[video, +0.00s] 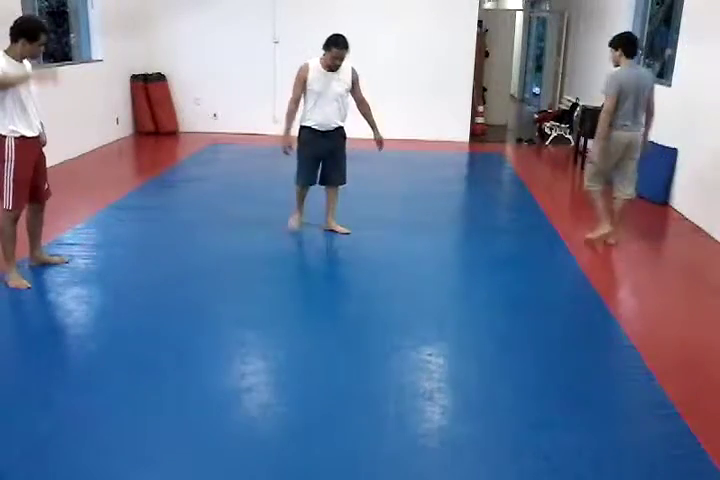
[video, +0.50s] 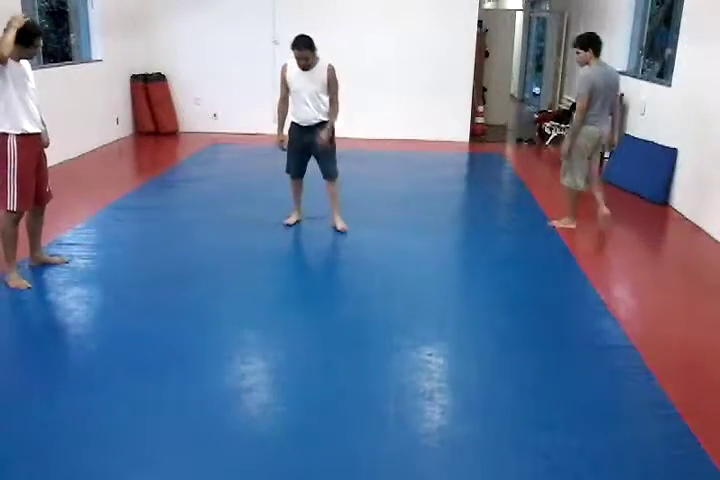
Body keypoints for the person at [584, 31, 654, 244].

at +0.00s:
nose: (611, 55)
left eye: (612, 51)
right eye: (611, 51)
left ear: (620, 52)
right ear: (632, 52)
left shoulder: (616, 77)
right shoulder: (647, 76)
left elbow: (607, 112)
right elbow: (650, 111)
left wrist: (597, 142)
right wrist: (645, 136)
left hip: (615, 134)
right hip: (636, 135)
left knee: (594, 176)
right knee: (624, 185)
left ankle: (604, 223)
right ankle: (613, 231)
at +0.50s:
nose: (576, 57)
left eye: (578, 53)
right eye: (575, 53)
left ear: (589, 52)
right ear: (593, 52)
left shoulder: (587, 75)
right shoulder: (612, 74)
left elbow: (580, 111)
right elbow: (615, 107)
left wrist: (568, 139)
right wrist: (613, 134)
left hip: (585, 129)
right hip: (602, 129)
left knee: (572, 173)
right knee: (593, 173)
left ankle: (570, 217)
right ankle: (602, 206)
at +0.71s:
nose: (567, 55)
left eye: (570, 51)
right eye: (567, 51)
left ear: (581, 50)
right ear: (584, 51)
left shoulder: (584, 71)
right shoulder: (599, 70)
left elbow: (578, 106)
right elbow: (604, 102)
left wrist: (559, 130)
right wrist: (604, 127)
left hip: (584, 125)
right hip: (595, 125)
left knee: (572, 168)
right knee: (577, 167)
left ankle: (572, 217)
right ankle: (575, 213)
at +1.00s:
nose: (567, 56)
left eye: (570, 51)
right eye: (566, 51)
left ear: (582, 51)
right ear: (569, 51)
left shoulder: (592, 71)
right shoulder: (576, 70)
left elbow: (597, 102)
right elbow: (575, 98)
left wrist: (594, 123)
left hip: (585, 122)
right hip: (573, 121)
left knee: (576, 169)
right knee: (570, 168)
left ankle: (574, 216)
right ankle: (570, 212)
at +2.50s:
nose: (574, 61)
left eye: (579, 57)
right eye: (572, 56)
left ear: (592, 57)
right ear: (570, 55)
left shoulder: (606, 82)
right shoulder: (564, 77)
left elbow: (613, 118)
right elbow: (551, 107)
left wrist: (610, 152)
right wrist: (535, 132)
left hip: (591, 144)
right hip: (564, 142)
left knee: (589, 199)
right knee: (555, 193)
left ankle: (582, 237)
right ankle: (560, 238)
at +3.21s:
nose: (582, 63)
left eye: (587, 59)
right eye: (582, 58)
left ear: (604, 62)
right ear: (595, 60)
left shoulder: (622, 92)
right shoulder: (585, 84)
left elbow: (628, 136)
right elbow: (580, 122)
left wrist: (624, 175)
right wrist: (573, 153)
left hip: (606, 160)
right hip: (578, 155)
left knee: (602, 220)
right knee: (567, 216)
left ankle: (594, 271)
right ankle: (571, 272)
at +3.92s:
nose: (564, 65)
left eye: (567, 60)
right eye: (563, 60)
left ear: (583, 60)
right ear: (580, 61)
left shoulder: (598, 95)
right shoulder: (582, 88)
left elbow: (598, 145)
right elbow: (575, 132)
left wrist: (592, 187)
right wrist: (554, 145)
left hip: (584, 168)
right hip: (571, 164)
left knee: (577, 232)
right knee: (565, 225)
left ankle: (572, 301)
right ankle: (570, 281)